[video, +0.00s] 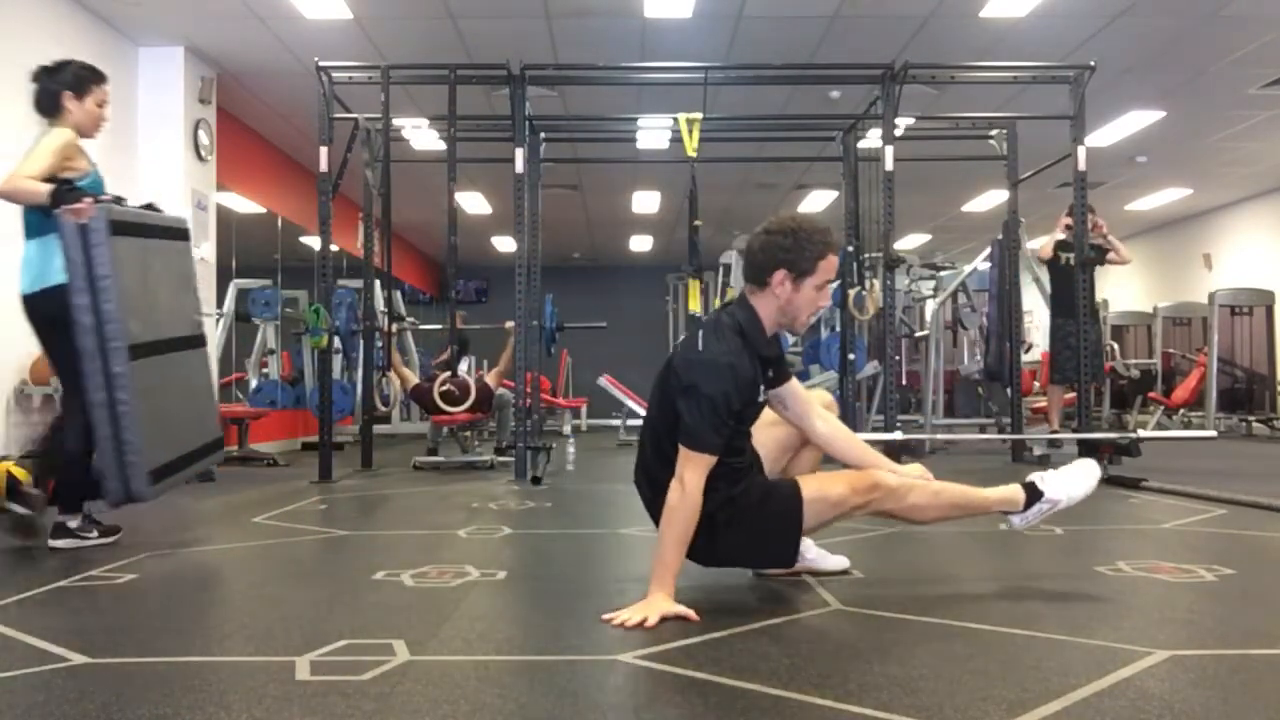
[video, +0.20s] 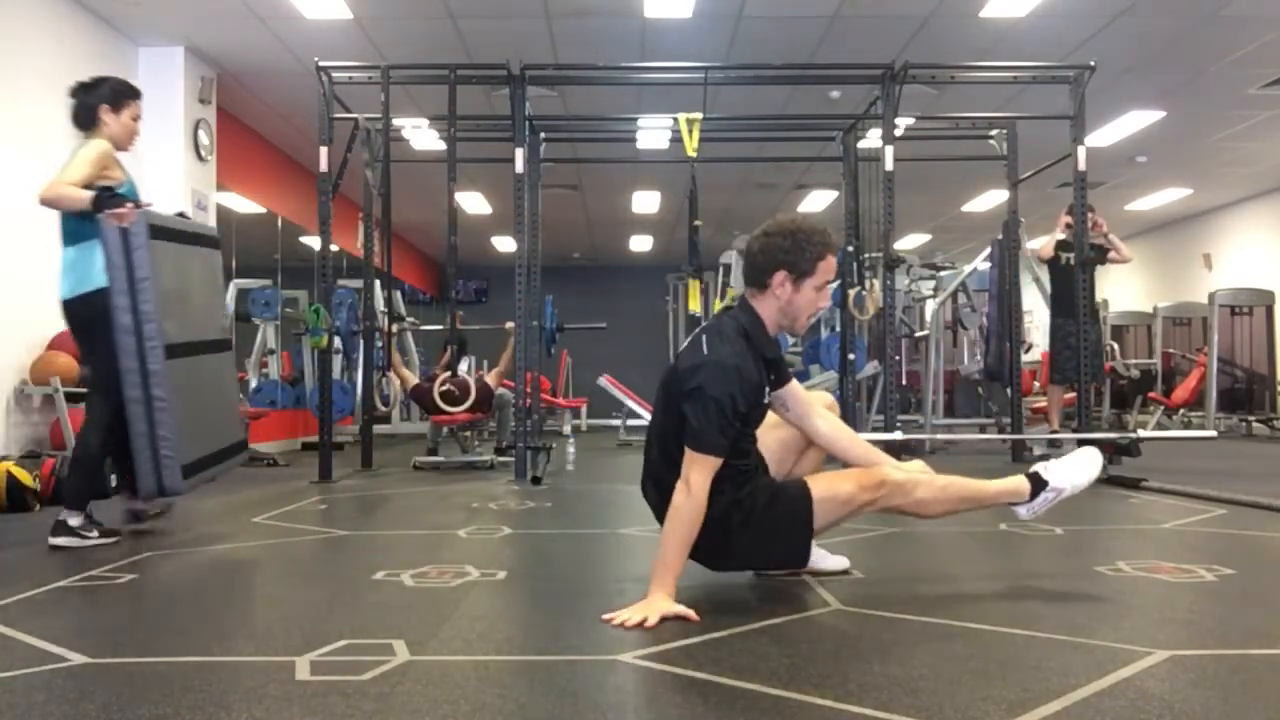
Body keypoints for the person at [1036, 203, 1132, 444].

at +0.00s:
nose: (1083, 225)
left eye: (1087, 221)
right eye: (1078, 220)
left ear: (1093, 224)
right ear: (1068, 222)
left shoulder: (1092, 250)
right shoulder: (1058, 246)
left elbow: (1125, 258)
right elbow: (1043, 255)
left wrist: (1106, 235)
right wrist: (1058, 231)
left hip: (1088, 318)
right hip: (1063, 318)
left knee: (1088, 375)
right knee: (1059, 376)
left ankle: (1086, 423)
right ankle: (1055, 426)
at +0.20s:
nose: (1083, 223)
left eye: (1087, 218)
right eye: (1078, 217)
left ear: (1092, 222)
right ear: (1068, 221)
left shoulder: (1092, 249)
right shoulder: (1057, 246)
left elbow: (1126, 257)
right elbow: (1043, 255)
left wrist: (1106, 233)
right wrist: (1059, 230)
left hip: (1088, 318)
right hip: (1063, 318)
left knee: (1088, 376)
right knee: (1059, 377)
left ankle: (1086, 425)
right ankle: (1055, 427)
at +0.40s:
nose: (1081, 224)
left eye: (1086, 219)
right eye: (1076, 218)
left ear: (1091, 223)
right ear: (1067, 221)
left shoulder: (1093, 249)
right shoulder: (1057, 245)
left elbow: (1127, 255)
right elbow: (1043, 255)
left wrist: (1107, 232)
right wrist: (1059, 230)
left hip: (1088, 318)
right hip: (1063, 318)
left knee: (1088, 376)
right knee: (1058, 376)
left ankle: (1086, 424)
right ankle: (1055, 427)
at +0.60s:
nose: (1078, 223)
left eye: (1083, 218)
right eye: (1073, 217)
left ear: (1089, 221)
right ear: (1066, 220)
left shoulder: (1093, 247)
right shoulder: (1057, 244)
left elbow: (1128, 251)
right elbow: (1043, 251)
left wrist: (1105, 228)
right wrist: (1058, 226)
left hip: (1088, 316)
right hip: (1062, 315)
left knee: (1088, 374)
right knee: (1058, 375)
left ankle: (1086, 424)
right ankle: (1054, 426)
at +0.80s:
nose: (1082, 219)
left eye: (1086, 214)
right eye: (1077, 214)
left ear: (1092, 218)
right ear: (1067, 217)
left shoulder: (1093, 247)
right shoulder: (1056, 244)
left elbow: (1127, 253)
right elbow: (1043, 253)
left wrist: (1105, 230)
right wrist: (1058, 227)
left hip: (1087, 315)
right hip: (1062, 315)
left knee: (1087, 375)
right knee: (1058, 376)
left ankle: (1087, 426)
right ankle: (1054, 428)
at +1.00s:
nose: (1081, 220)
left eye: (1085, 215)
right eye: (1076, 214)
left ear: (1090, 219)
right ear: (1067, 218)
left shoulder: (1092, 247)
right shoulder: (1056, 244)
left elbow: (1127, 248)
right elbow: (1041, 250)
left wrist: (1103, 226)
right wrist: (1057, 223)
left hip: (1087, 315)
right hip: (1062, 315)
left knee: (1088, 373)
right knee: (1062, 375)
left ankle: (1086, 417)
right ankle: (1061, 416)